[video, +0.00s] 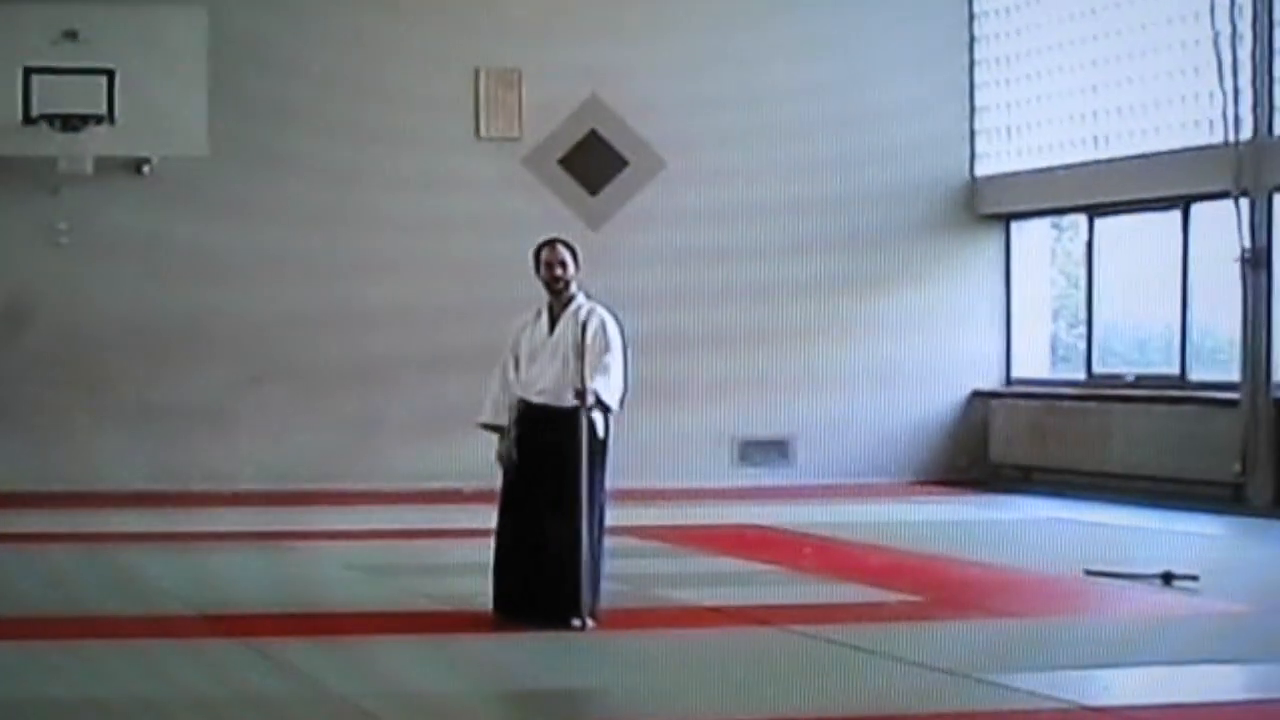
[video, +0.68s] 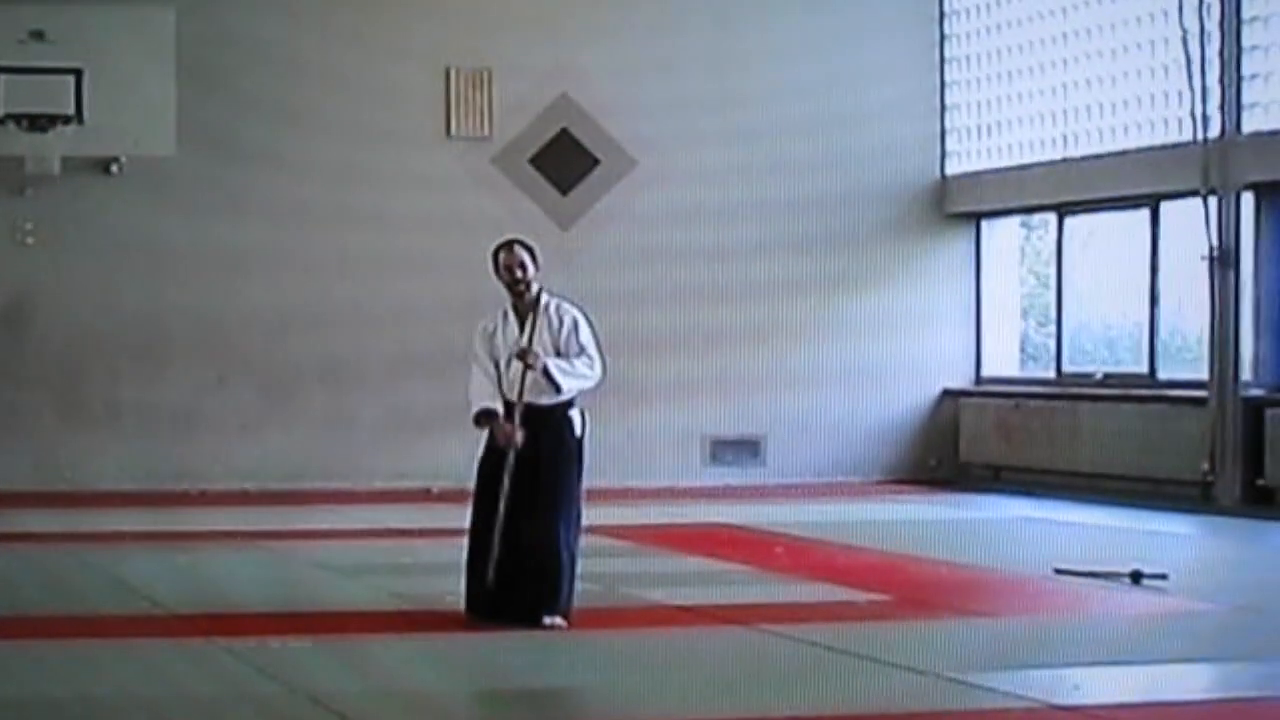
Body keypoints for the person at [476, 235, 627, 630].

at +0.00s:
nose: (556, 272)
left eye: (562, 264)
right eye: (548, 266)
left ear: (575, 269)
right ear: (539, 273)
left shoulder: (595, 319)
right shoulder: (526, 327)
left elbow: (609, 369)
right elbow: (507, 382)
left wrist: (592, 403)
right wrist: (503, 432)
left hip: (576, 421)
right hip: (531, 421)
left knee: (576, 512)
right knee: (524, 511)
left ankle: (577, 605)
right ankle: (520, 603)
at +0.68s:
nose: (517, 275)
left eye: (522, 266)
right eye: (508, 270)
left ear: (536, 268)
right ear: (500, 277)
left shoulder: (565, 316)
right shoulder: (491, 329)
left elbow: (591, 369)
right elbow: (482, 378)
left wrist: (547, 367)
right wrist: (494, 418)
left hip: (554, 419)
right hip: (509, 419)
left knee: (553, 513)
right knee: (499, 509)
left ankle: (551, 605)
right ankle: (495, 602)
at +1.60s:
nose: (536, 312)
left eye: (541, 303)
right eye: (527, 306)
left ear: (554, 305)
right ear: (518, 312)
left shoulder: (580, 349)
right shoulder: (517, 353)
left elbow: (612, 407)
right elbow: (505, 403)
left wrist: (560, 423)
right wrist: (492, 434)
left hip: (581, 456)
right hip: (536, 453)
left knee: (579, 535)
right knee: (509, 530)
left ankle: (588, 617)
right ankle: (498, 612)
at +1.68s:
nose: (544, 308)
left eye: (549, 300)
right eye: (535, 302)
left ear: (563, 300)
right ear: (525, 307)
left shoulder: (587, 345)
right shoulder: (521, 345)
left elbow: (619, 403)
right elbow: (520, 407)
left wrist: (573, 422)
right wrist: (502, 443)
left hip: (588, 450)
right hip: (544, 448)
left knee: (584, 531)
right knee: (525, 524)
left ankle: (592, 615)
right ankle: (528, 604)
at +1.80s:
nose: (553, 302)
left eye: (559, 293)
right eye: (545, 295)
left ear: (572, 294)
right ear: (535, 300)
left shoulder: (596, 337)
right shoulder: (525, 342)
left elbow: (622, 393)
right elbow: (519, 397)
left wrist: (585, 421)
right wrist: (524, 436)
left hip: (597, 442)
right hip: (551, 443)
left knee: (594, 526)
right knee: (533, 520)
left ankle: (596, 615)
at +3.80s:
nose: (453, 247)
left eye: (459, 238)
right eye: (445, 241)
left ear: (473, 239)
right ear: (437, 249)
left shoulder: (504, 278)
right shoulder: (438, 277)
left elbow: (506, 314)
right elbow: (408, 251)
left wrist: (488, 270)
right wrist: (397, 217)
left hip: (512, 389)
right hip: (466, 389)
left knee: (502, 482)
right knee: (435, 478)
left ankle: (505, 558)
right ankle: (430, 560)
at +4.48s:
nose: (569, 245)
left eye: (575, 236)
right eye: (560, 237)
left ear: (588, 238)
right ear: (549, 243)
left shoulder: (611, 284)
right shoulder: (541, 286)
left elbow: (633, 344)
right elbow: (532, 343)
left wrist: (601, 373)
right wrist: (523, 382)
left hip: (610, 394)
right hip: (559, 395)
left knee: (618, 476)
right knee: (530, 473)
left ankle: (623, 557)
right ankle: (500, 555)